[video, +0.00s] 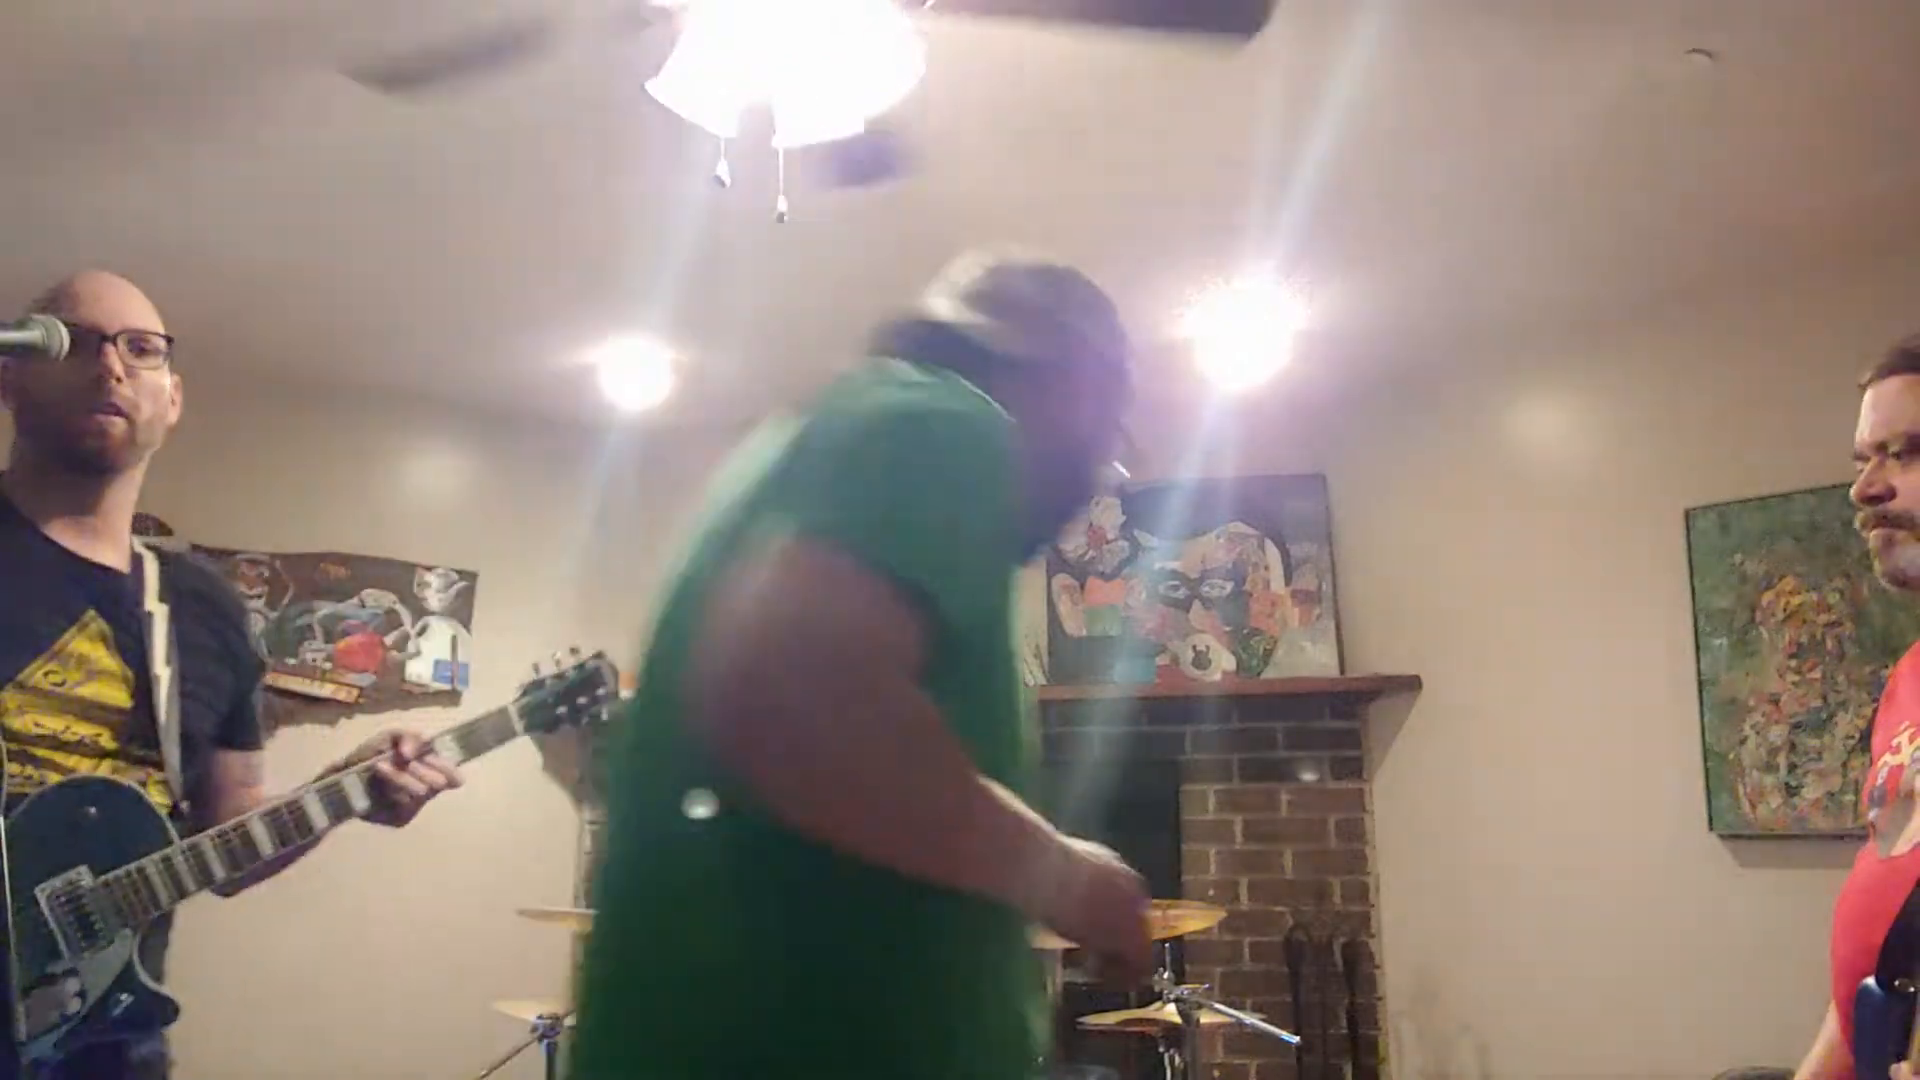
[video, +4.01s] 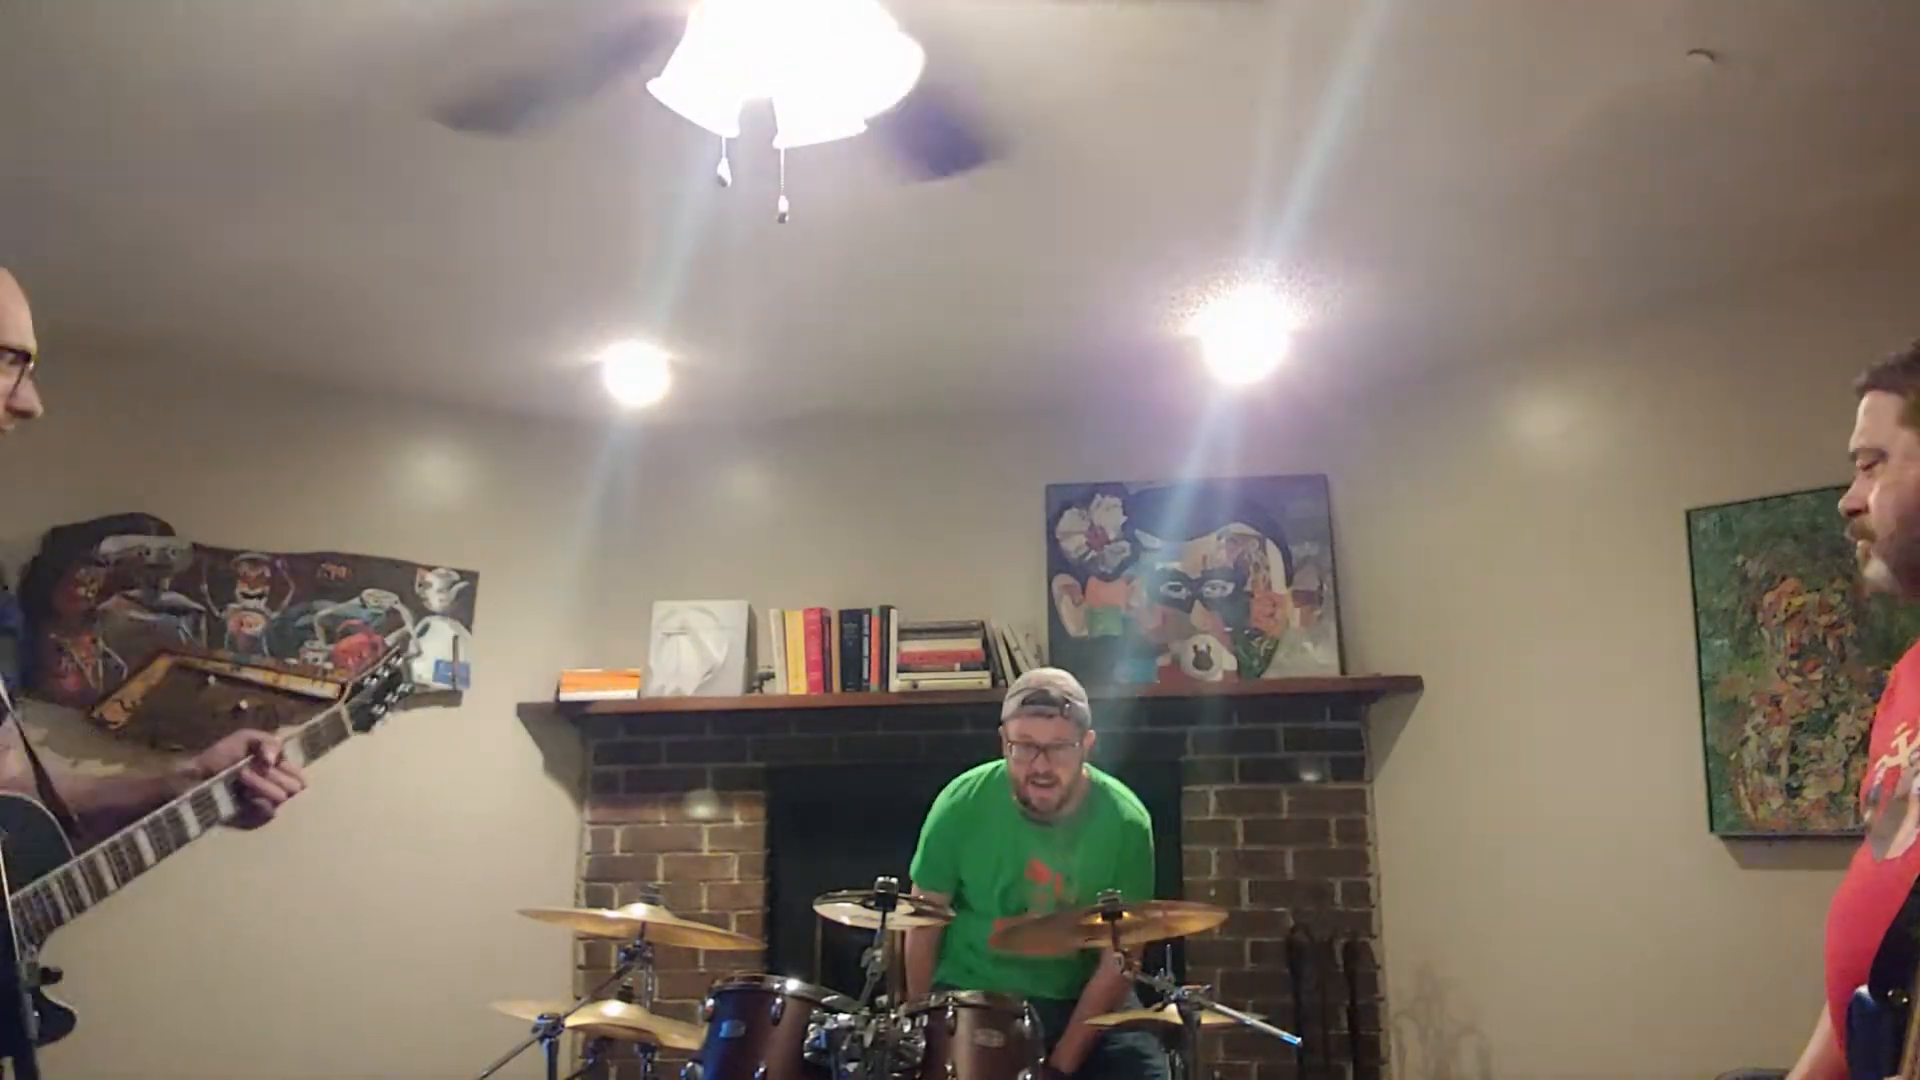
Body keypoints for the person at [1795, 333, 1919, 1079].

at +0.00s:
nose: (1867, 486)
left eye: (1902, 453)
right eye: (1863, 461)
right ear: (1858, 473)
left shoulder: (1909, 678)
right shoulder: (1905, 682)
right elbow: (1883, 915)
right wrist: (1818, 1066)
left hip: (1905, 1053)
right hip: (1871, 1050)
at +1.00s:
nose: (1865, 482)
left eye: (1897, 445)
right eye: (1875, 451)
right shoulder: (1906, 682)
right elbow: (1876, 908)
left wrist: (1803, 1059)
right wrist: (1801, 1061)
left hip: (1898, 1054)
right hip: (1854, 1046)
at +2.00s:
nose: (1900, 444)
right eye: (1902, 423)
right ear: (1894, 439)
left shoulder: (1910, 674)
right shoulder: (1909, 675)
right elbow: (1887, 898)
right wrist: (1818, 1066)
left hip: (1903, 1052)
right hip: (1873, 1050)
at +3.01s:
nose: (1872, 459)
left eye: (1906, 430)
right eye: (1877, 433)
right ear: (1874, 447)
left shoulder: (1906, 673)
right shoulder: (1904, 675)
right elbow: (1877, 904)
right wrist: (1813, 1065)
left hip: (1901, 1052)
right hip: (1860, 1045)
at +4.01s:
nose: (1849, 500)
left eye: (1874, 464)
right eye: (1855, 470)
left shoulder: (1910, 674)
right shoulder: (1908, 674)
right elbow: (1879, 906)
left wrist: (1816, 1065)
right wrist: (1811, 1068)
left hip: (1900, 1055)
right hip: (1860, 1049)